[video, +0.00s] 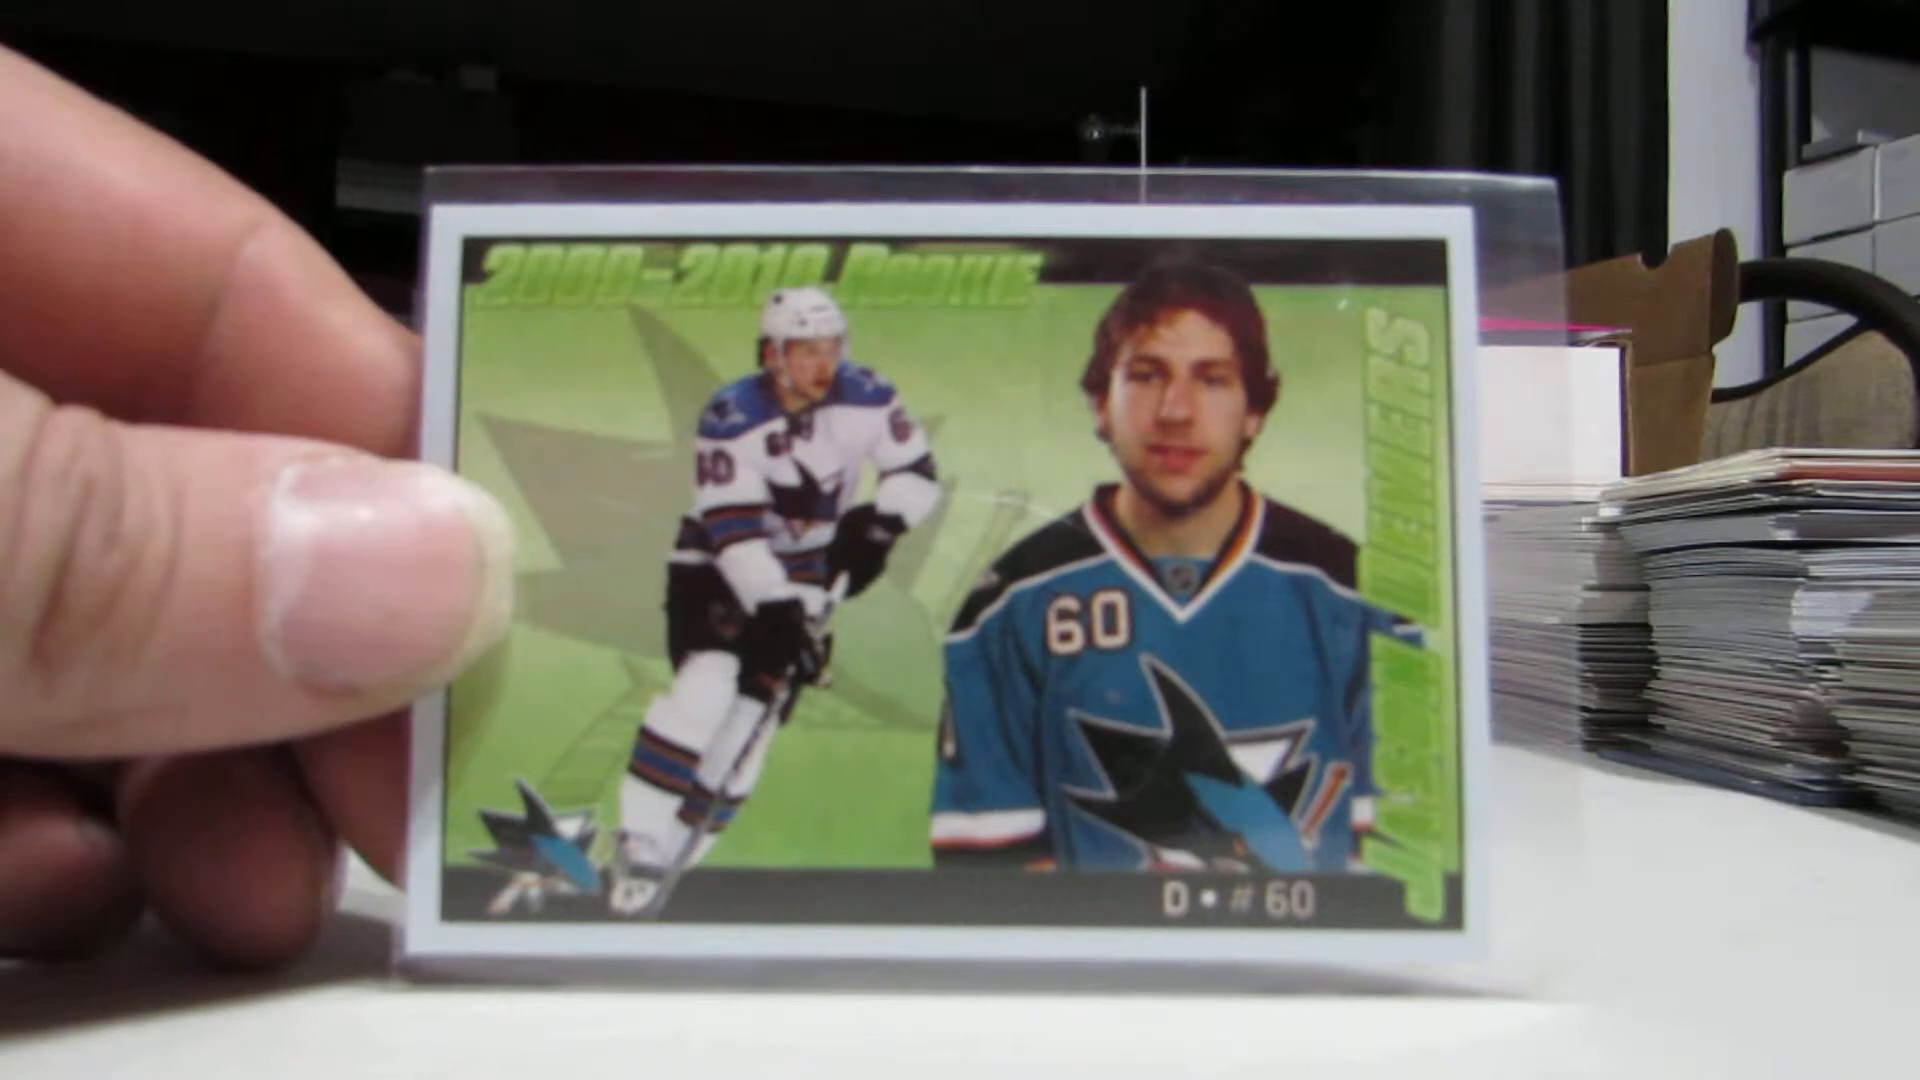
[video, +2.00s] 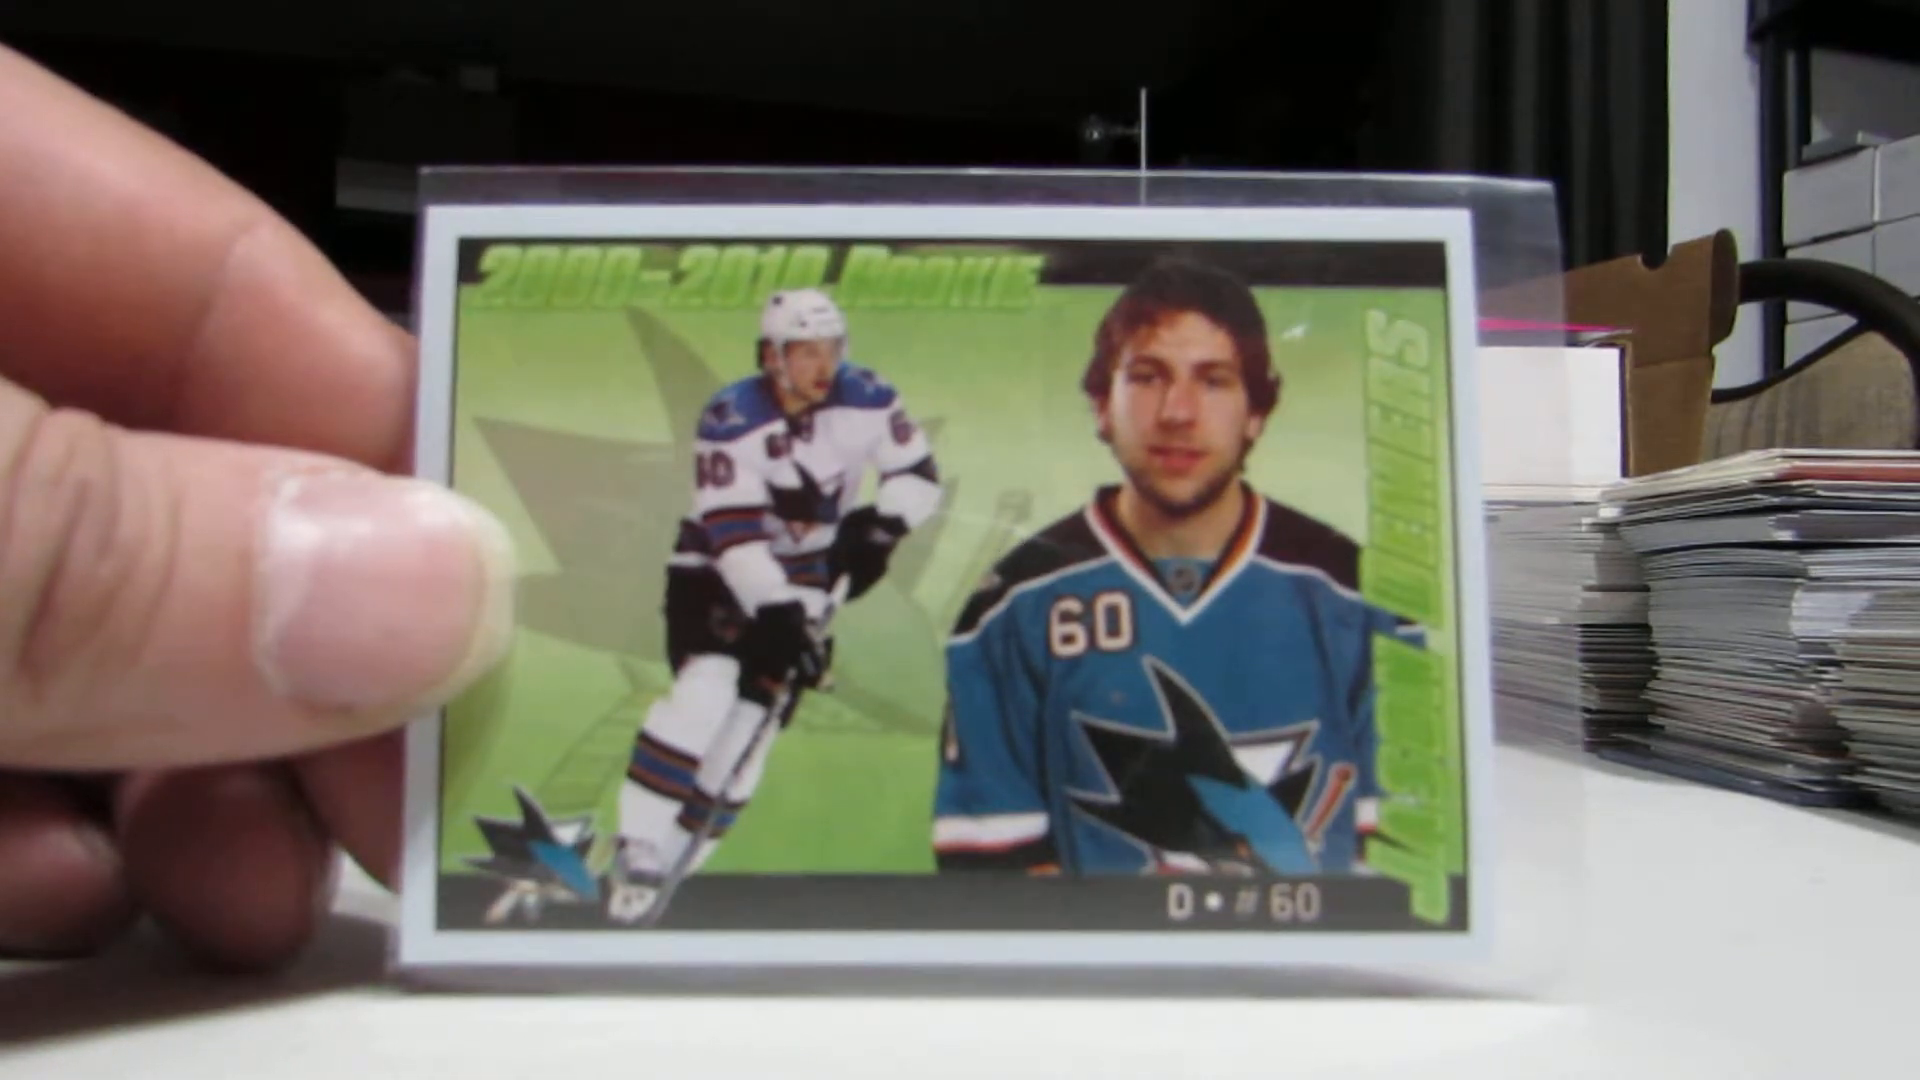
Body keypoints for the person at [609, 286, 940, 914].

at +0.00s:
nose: (822, 365)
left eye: (830, 351)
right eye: (805, 352)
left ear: (842, 350)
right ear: (772, 356)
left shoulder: (867, 399)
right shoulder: (732, 416)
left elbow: (916, 474)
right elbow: (732, 524)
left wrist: (877, 527)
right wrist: (775, 605)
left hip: (806, 573)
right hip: (721, 563)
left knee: (755, 715)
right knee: (709, 681)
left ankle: (680, 853)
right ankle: (642, 842)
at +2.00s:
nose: (824, 366)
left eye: (832, 352)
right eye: (808, 353)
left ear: (842, 352)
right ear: (773, 358)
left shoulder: (868, 401)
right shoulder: (732, 419)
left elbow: (917, 475)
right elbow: (732, 527)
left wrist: (878, 531)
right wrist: (776, 609)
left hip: (807, 578)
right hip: (720, 567)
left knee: (754, 722)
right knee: (708, 687)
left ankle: (680, 860)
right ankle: (640, 849)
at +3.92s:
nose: (821, 354)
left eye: (830, 340)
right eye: (806, 340)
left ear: (844, 341)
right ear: (774, 344)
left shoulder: (869, 391)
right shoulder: (733, 405)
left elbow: (919, 465)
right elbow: (731, 511)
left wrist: (879, 517)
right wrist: (771, 593)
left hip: (804, 567)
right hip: (717, 554)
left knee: (746, 707)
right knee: (705, 666)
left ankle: (670, 839)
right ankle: (634, 829)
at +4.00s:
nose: (758, 230)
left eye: (771, 217)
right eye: (745, 215)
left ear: (788, 222)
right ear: (720, 215)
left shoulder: (807, 275)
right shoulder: (682, 266)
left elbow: (838, 352)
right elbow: (657, 363)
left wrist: (784, 395)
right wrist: (699, 443)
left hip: (730, 421)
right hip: (655, 402)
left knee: (661, 524)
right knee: (629, 493)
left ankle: (596, 621)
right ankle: (558, 600)